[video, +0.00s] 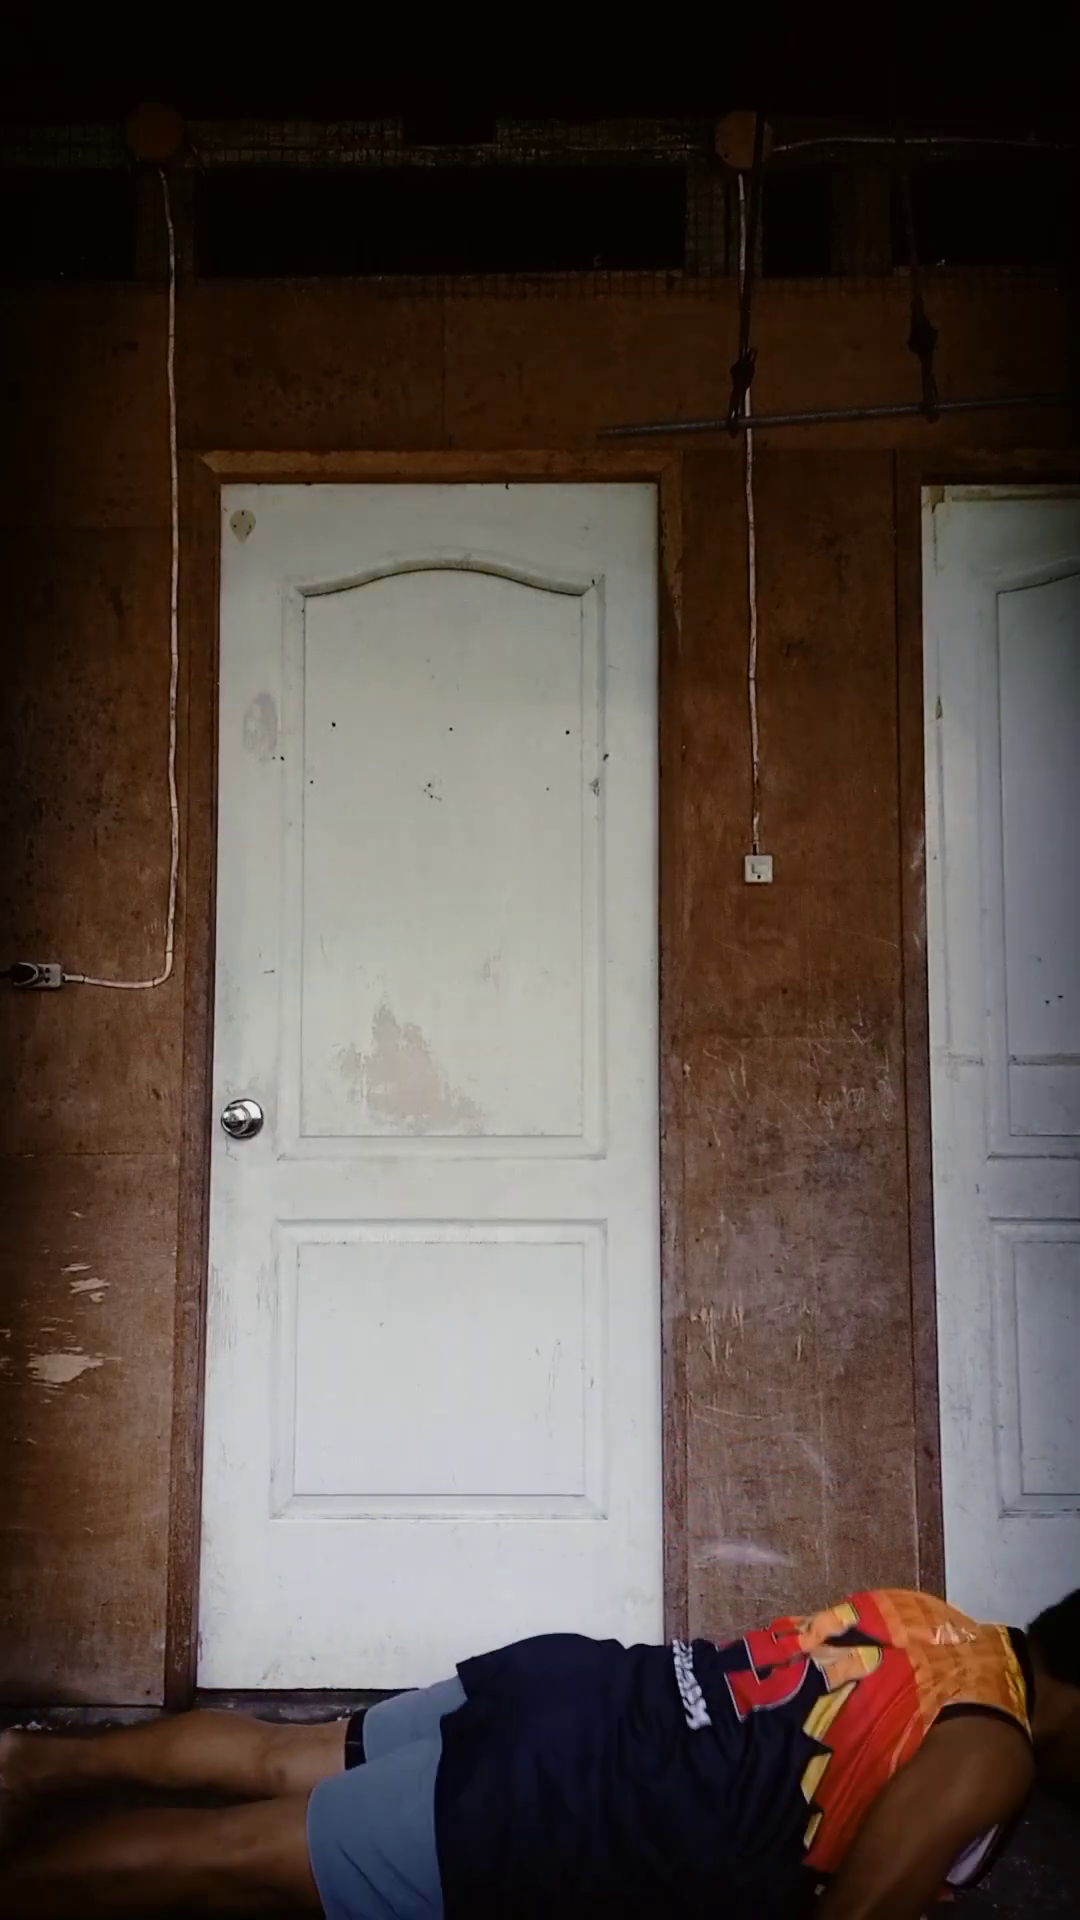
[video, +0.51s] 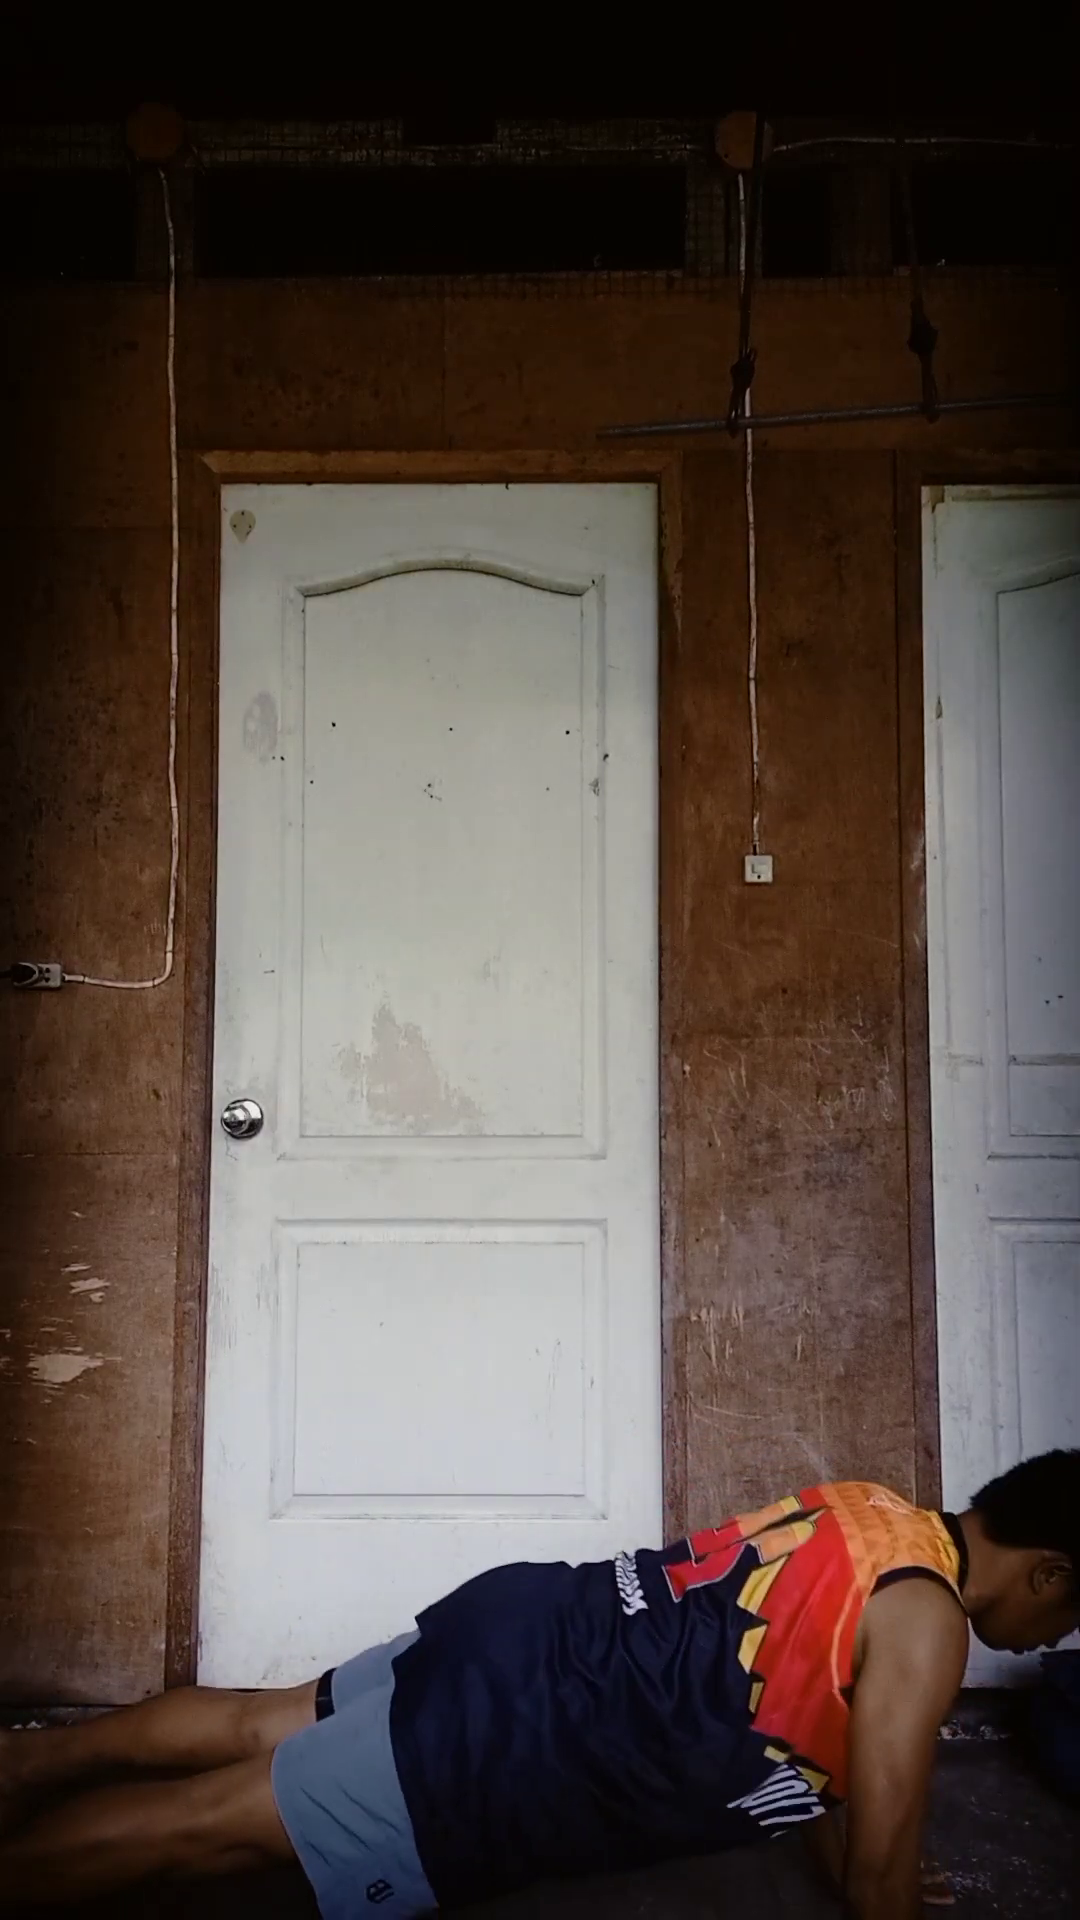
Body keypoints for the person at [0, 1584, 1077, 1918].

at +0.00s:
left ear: (1041, 1624)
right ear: (1078, 1696)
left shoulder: (924, 1612)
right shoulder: (989, 1748)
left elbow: (784, 1708)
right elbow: (862, 1903)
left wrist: (908, 1840)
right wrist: (948, 1875)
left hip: (565, 1683)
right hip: (548, 1812)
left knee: (291, 1753)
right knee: (238, 1861)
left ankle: (40, 1760)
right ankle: (27, 1866)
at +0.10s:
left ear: (1033, 1605)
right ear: (1072, 1668)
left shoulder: (912, 1593)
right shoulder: (976, 1721)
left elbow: (765, 1660)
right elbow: (869, 1899)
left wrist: (894, 1812)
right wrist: (943, 1861)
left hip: (554, 1666)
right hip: (539, 1801)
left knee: (296, 1749)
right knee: (241, 1857)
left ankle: (35, 1759)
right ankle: (19, 1862)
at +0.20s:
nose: (1079, 1689)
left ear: (1026, 1574)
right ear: (1063, 1629)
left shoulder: (899, 1563)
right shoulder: (959, 1690)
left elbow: (773, 1694)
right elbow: (871, 1900)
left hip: (547, 1654)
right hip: (536, 1779)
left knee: (290, 1739)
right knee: (222, 1845)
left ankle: (33, 1759)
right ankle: (14, 1860)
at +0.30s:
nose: (1067, 1648)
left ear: (1008, 1531)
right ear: (1052, 1590)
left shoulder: (885, 1529)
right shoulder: (938, 1647)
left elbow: (784, 1688)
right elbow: (863, 1883)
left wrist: (877, 1785)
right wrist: (916, 1862)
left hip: (536, 1630)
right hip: (531, 1744)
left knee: (269, 1727)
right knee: (221, 1824)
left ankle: (28, 1760)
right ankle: (11, 1856)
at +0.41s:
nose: (1062, 1637)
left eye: (1076, 1616)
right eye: (1076, 1611)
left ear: (1005, 1518)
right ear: (1048, 1577)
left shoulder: (875, 1514)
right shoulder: (929, 1633)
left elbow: (804, 1706)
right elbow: (873, 1875)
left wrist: (862, 1841)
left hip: (532, 1617)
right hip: (527, 1737)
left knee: (282, 1720)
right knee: (217, 1824)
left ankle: (30, 1758)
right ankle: (5, 1868)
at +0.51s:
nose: (1053, 1631)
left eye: (1067, 1610)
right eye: (1069, 1606)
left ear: (1002, 1513)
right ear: (1040, 1569)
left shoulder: (870, 1503)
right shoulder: (922, 1628)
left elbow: (794, 1692)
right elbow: (876, 1876)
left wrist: (867, 1832)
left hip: (523, 1612)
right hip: (519, 1731)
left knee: (276, 1717)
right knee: (212, 1824)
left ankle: (30, 1757)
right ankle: (5, 1868)